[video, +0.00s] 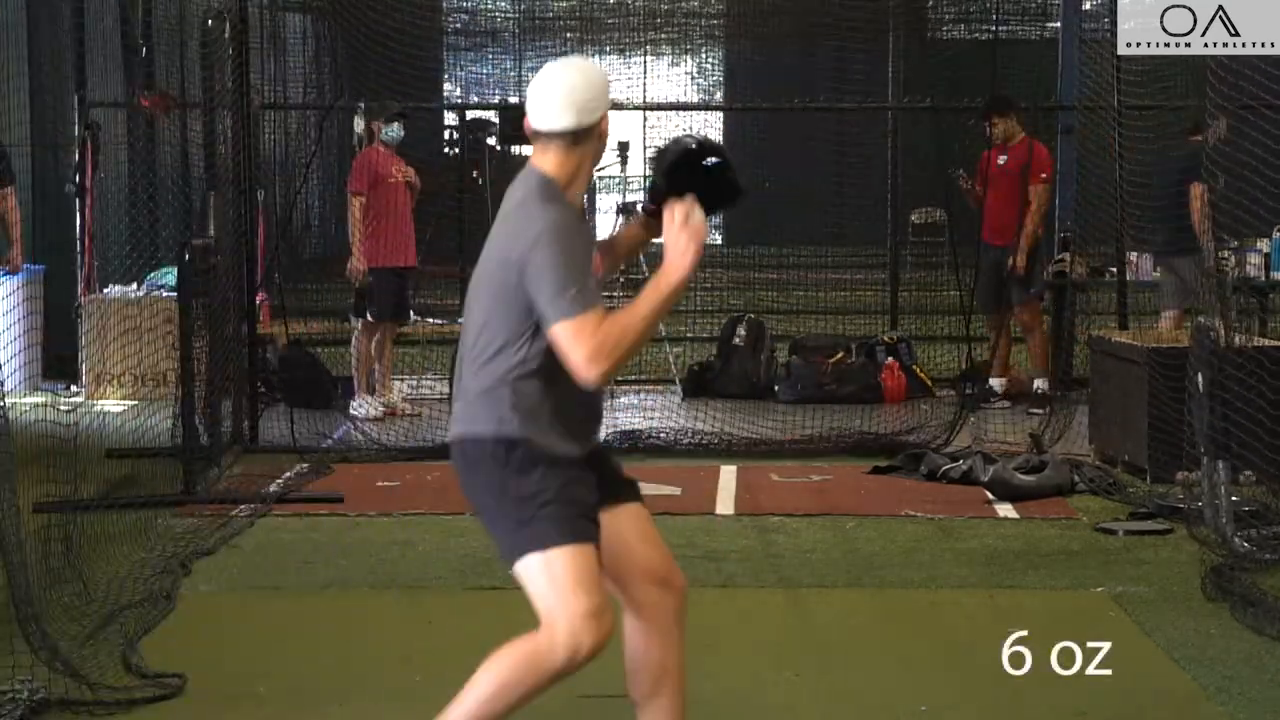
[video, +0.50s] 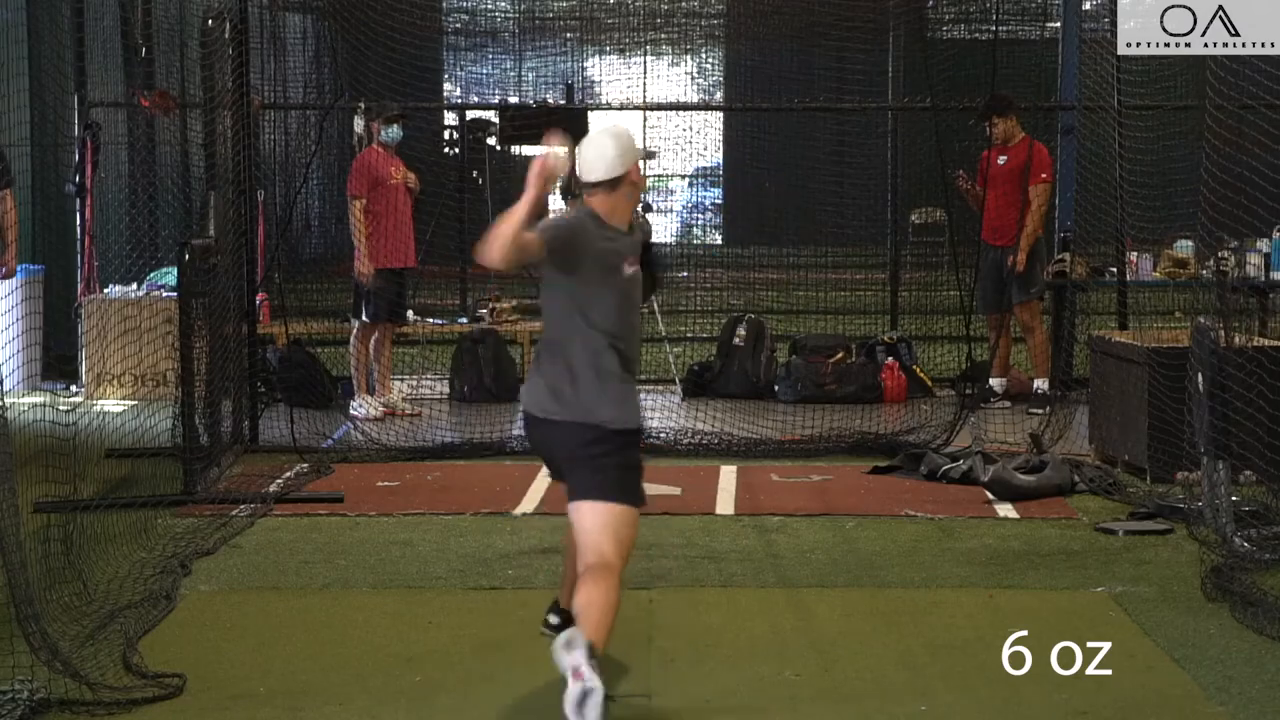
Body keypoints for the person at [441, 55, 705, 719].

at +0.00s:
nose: (608, 132)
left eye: (604, 122)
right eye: (607, 122)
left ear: (532, 127)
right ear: (600, 131)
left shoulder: (547, 200)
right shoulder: (544, 217)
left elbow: (593, 270)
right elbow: (590, 357)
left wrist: (649, 219)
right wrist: (678, 267)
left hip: (562, 438)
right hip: (508, 443)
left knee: (657, 587)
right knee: (577, 627)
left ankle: (660, 715)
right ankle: (452, 716)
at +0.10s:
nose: (625, 105)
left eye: (622, 95)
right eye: (625, 95)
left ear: (549, 98)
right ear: (618, 103)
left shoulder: (543, 172)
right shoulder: (570, 190)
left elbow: (550, 277)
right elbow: (621, 320)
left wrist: (623, 230)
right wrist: (671, 252)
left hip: (574, 396)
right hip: (521, 403)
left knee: (642, 544)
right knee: (592, 581)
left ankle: (672, 712)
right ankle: (471, 697)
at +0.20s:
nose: (640, 136)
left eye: (639, 128)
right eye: (640, 127)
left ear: (570, 127)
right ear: (634, 134)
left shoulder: (583, 189)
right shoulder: (571, 216)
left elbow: (629, 216)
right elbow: (552, 351)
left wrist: (682, 240)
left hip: (557, 390)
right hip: (506, 406)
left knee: (659, 502)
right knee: (597, 559)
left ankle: (635, 650)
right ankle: (526, 708)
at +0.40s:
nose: (666, 184)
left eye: (663, 176)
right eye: (662, 177)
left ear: (613, 180)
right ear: (648, 183)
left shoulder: (630, 224)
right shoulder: (563, 245)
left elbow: (674, 175)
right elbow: (465, 288)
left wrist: (751, 171)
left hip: (575, 405)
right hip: (538, 415)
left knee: (613, 497)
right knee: (615, 562)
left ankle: (602, 568)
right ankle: (528, 694)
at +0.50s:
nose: (644, 175)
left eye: (639, 166)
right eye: (640, 168)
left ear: (592, 178)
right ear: (631, 176)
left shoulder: (621, 231)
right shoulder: (573, 229)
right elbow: (494, 255)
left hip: (561, 410)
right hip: (589, 418)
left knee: (595, 512)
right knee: (604, 563)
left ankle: (565, 611)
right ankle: (584, 660)